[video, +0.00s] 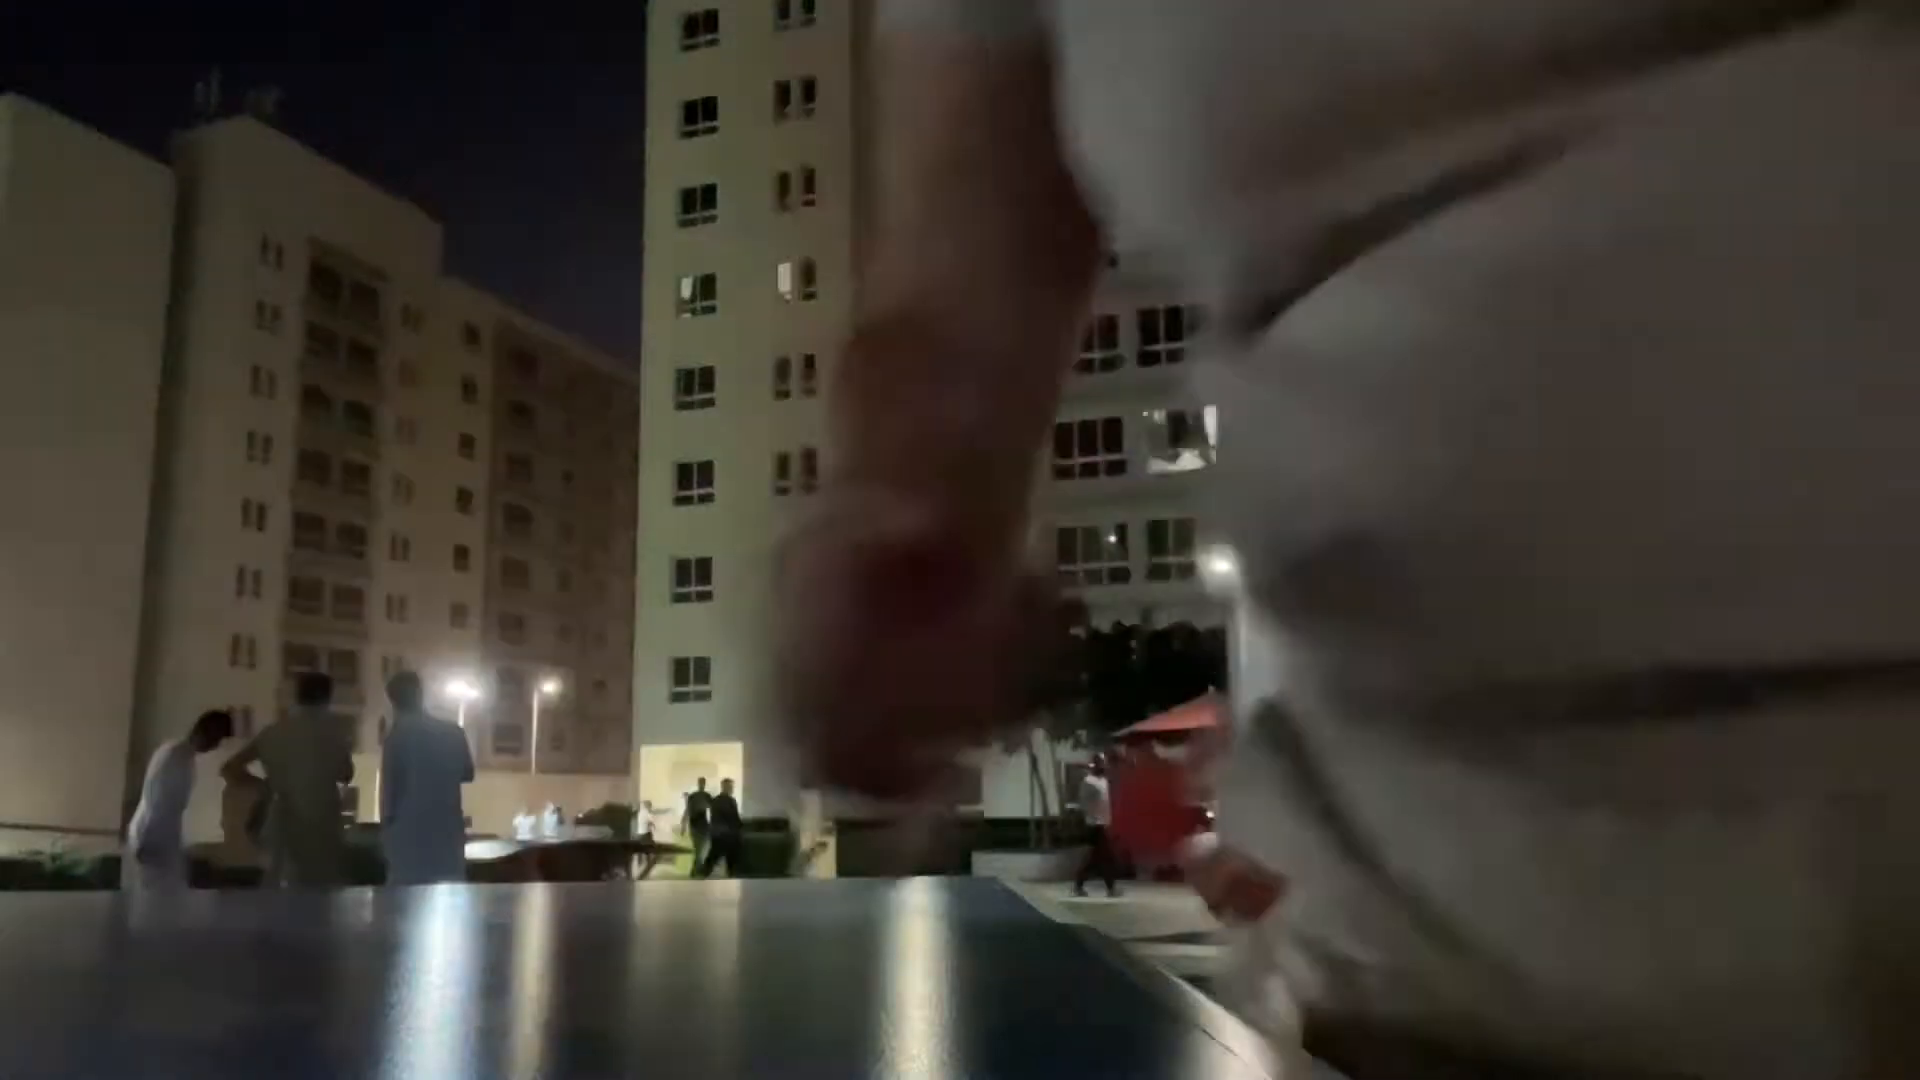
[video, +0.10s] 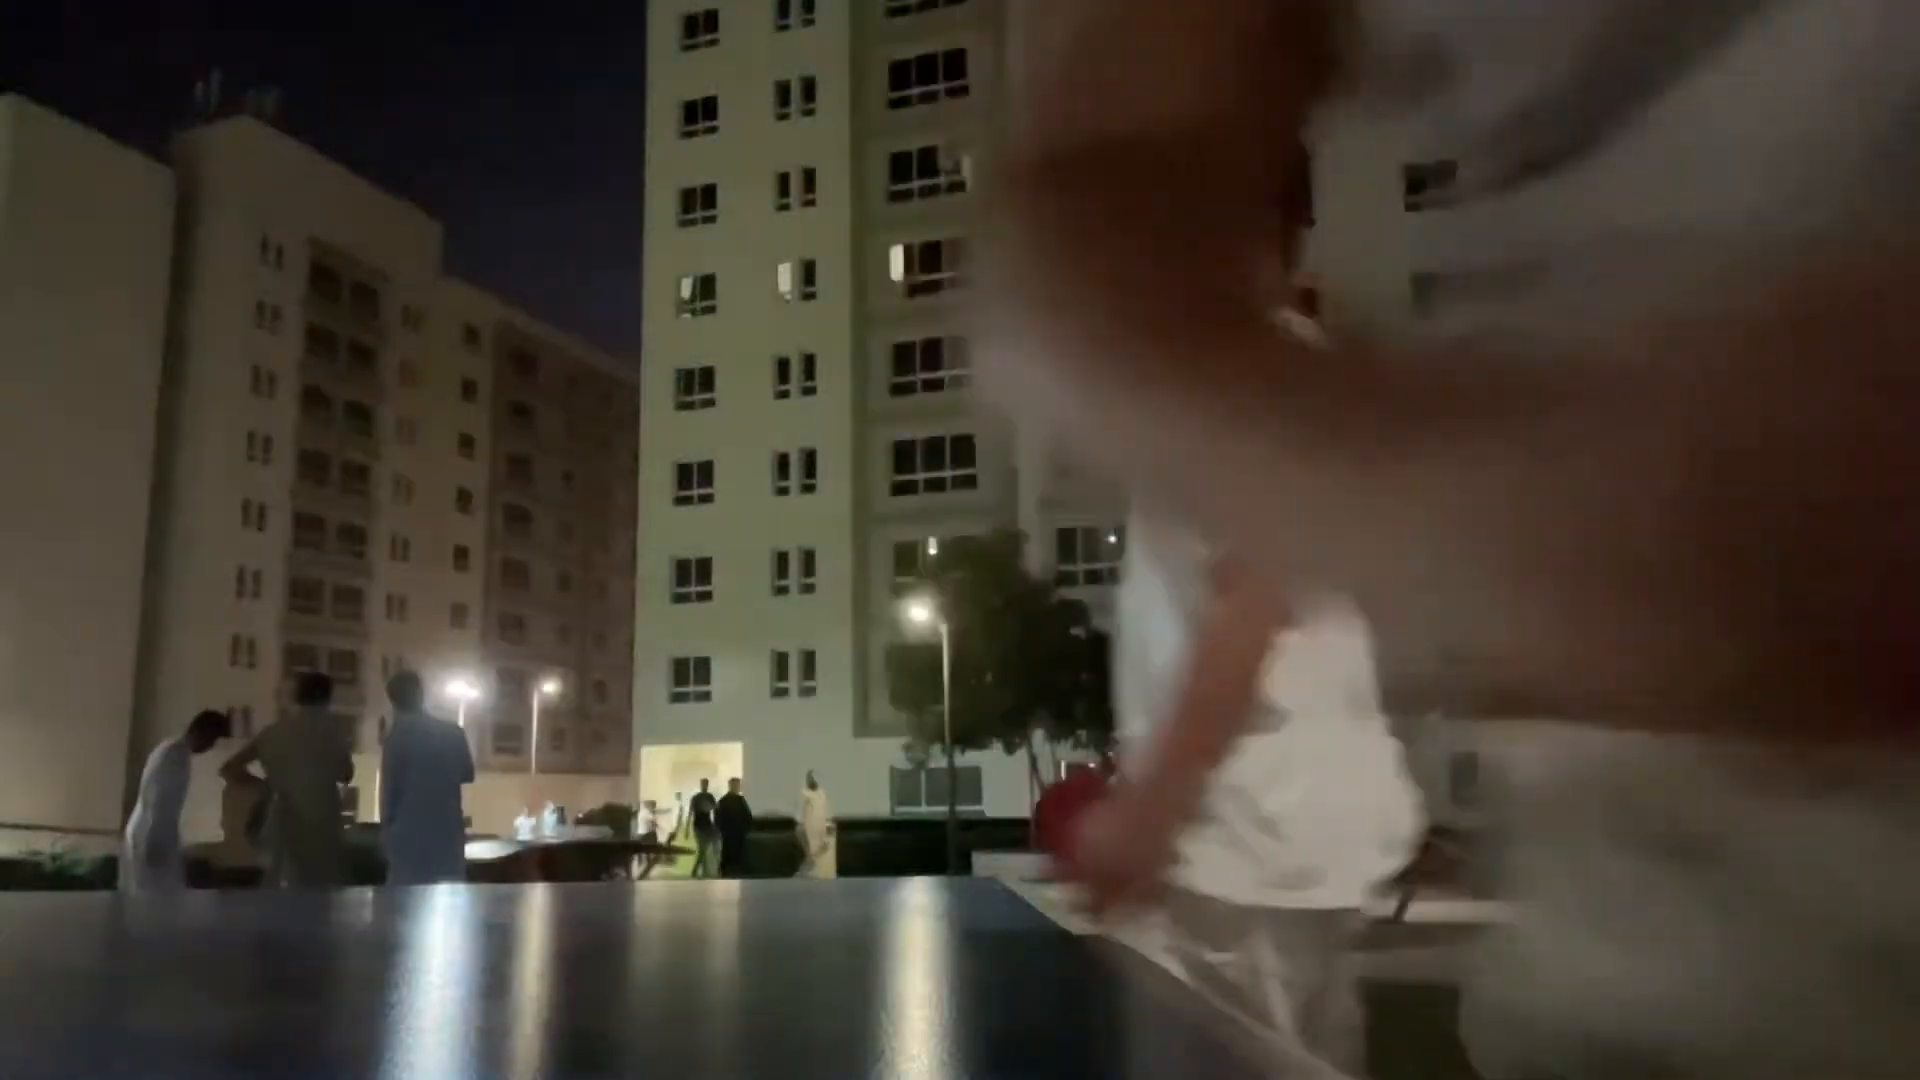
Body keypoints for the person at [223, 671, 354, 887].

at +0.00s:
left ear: (297, 696)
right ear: (327, 698)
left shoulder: (276, 732)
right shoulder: (330, 730)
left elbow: (231, 769)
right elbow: (346, 774)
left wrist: (264, 788)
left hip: (285, 820)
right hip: (322, 820)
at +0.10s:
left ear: (296, 697)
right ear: (327, 699)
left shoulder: (276, 732)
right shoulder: (330, 731)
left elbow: (231, 769)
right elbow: (346, 774)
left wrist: (263, 788)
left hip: (285, 823)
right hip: (322, 823)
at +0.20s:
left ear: (296, 697)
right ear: (327, 698)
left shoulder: (276, 731)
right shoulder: (330, 730)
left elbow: (230, 769)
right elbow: (346, 774)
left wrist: (264, 788)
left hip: (283, 821)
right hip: (321, 822)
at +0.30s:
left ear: (296, 696)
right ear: (326, 698)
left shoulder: (275, 732)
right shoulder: (329, 731)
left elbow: (230, 769)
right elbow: (346, 774)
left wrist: (263, 788)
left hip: (284, 820)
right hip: (322, 822)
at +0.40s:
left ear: (296, 696)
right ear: (326, 697)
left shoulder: (275, 731)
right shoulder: (330, 731)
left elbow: (230, 769)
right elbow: (346, 774)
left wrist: (263, 788)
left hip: (285, 819)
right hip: (322, 820)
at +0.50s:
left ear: (296, 696)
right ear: (326, 697)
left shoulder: (276, 731)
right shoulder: (330, 730)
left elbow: (231, 768)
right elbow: (346, 774)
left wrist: (263, 788)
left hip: (285, 819)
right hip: (322, 820)